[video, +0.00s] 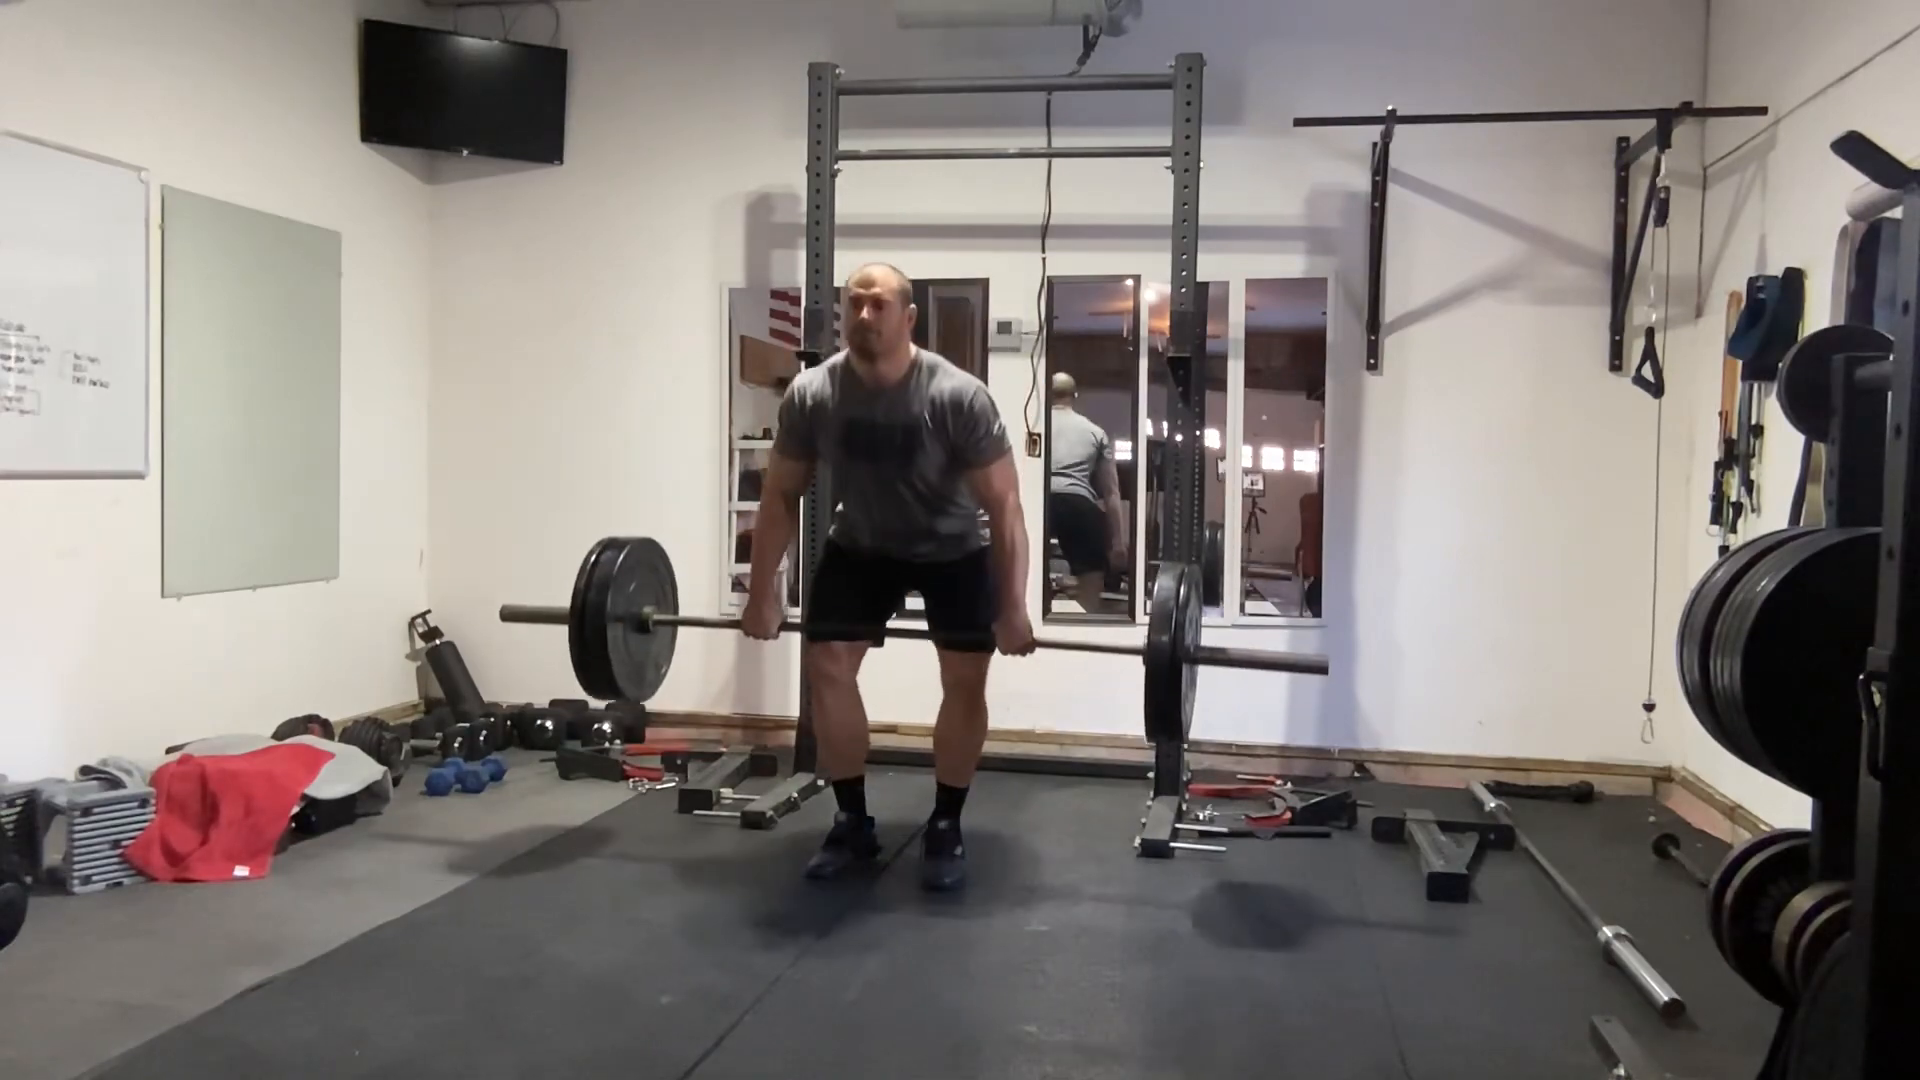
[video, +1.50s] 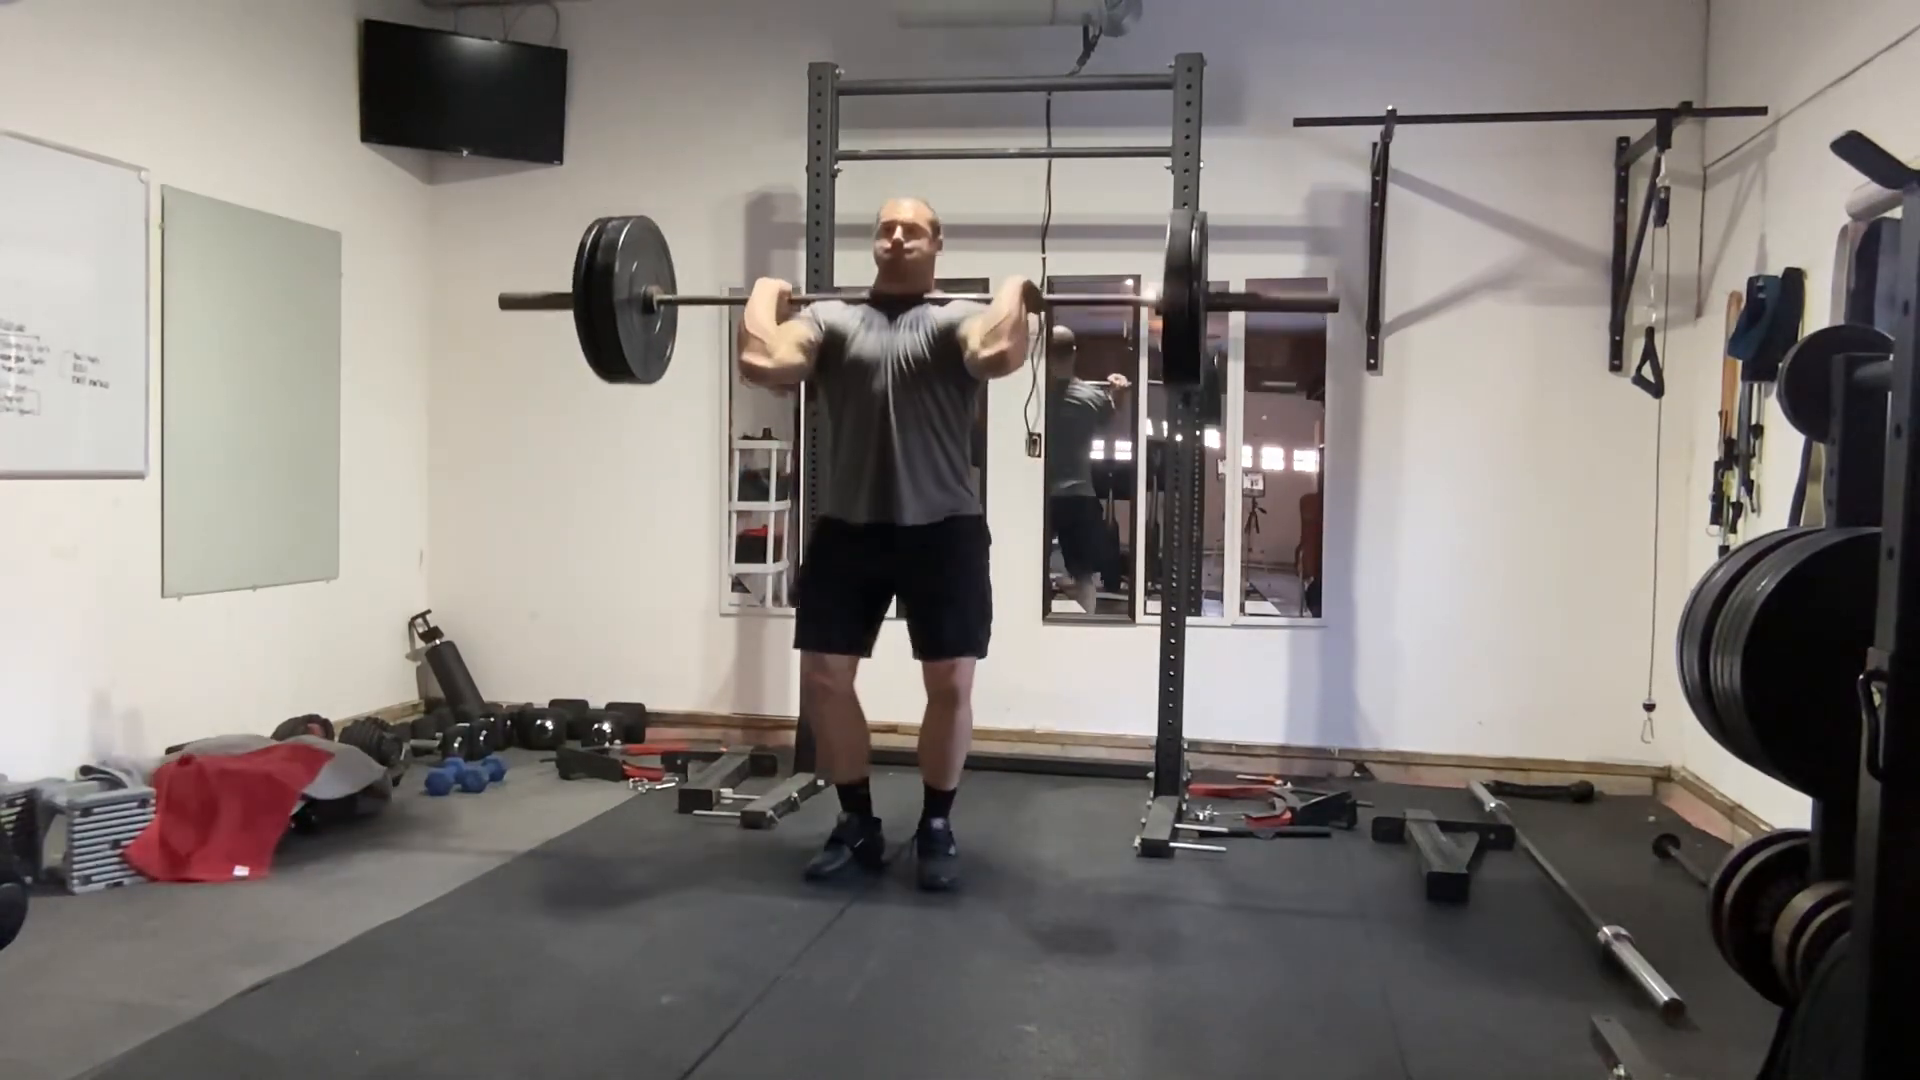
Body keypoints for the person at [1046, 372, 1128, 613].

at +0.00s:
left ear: (1047, 395)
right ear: (1075, 396)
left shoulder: (1031, 424)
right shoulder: (1095, 433)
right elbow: (1111, 493)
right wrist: (1118, 542)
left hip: (1032, 503)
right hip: (1077, 505)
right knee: (1091, 583)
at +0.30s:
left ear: (1049, 399)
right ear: (1076, 400)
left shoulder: (1034, 427)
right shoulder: (1093, 435)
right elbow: (1112, 492)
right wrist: (1120, 545)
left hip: (1037, 497)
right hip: (1078, 499)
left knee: (1032, 567)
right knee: (1090, 574)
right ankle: (1088, 635)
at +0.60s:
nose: (1059, 346)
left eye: (1058, 340)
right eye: (1060, 340)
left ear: (1044, 341)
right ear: (1073, 340)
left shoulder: (1031, 376)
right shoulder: (1093, 374)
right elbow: (1121, 423)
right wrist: (1116, 464)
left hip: (1037, 478)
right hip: (1079, 477)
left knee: (1033, 558)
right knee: (1077, 563)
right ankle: (1082, 626)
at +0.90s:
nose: (1070, 351)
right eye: (1071, 346)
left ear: (1043, 350)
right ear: (1073, 349)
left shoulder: (1030, 385)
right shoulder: (1088, 389)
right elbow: (1120, 430)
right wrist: (1119, 400)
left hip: (1034, 488)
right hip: (1076, 489)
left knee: (1034, 567)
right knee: (1077, 572)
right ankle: (1080, 630)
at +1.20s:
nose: (1054, 369)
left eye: (1053, 362)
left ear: (1044, 362)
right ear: (1075, 361)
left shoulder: (1031, 400)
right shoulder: (1085, 403)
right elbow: (1116, 428)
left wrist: (1116, 401)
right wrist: (1120, 399)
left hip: (1039, 504)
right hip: (1077, 504)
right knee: (1080, 585)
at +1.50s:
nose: (1059, 361)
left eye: (1056, 355)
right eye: (1064, 353)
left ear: (1044, 355)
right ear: (1075, 354)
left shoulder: (1031, 395)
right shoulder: (1089, 396)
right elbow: (1113, 428)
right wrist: (1120, 398)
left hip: (1037, 497)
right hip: (1077, 496)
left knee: (1031, 574)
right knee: (1084, 575)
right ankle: (1086, 637)